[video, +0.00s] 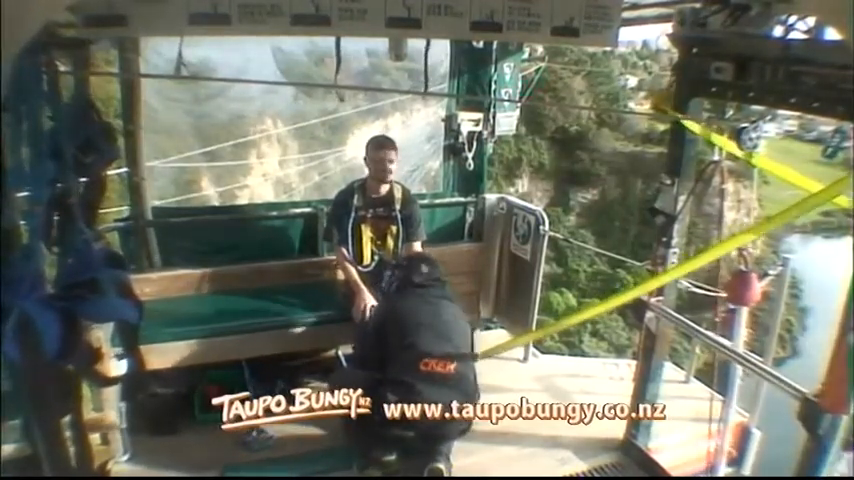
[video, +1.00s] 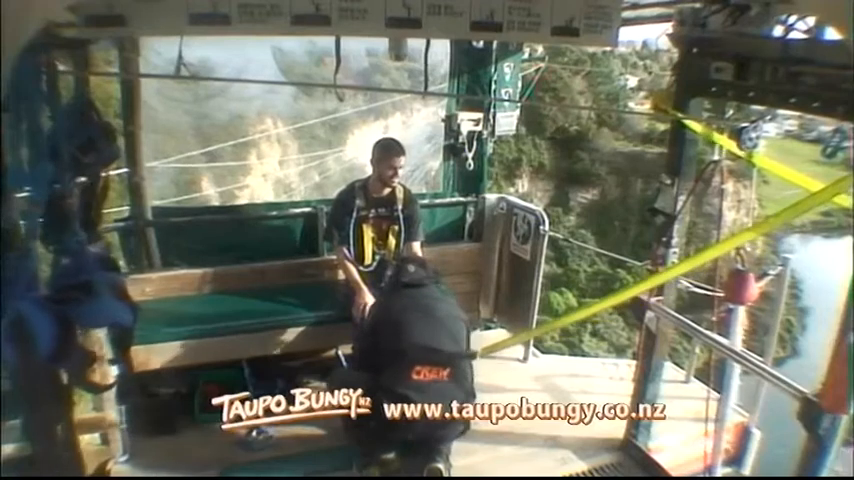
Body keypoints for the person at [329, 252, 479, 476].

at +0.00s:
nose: (389, 280)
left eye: (394, 275)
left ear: (400, 279)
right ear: (437, 280)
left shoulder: (390, 307)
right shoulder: (456, 312)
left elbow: (366, 362)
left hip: (402, 411)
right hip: (455, 415)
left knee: (341, 381)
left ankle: (377, 451)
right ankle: (441, 456)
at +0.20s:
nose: (389, 279)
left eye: (394, 274)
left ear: (400, 278)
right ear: (437, 278)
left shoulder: (390, 305)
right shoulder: (461, 313)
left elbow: (367, 362)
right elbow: (470, 375)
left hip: (400, 414)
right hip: (453, 417)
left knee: (341, 380)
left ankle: (377, 452)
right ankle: (440, 457)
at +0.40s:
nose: (386, 284)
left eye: (390, 278)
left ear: (396, 280)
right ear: (437, 281)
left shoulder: (388, 308)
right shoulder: (459, 313)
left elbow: (366, 362)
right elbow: (465, 369)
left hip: (396, 419)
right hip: (449, 422)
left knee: (343, 381)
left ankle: (379, 455)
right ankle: (439, 458)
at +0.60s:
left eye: (388, 281)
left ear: (393, 283)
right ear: (434, 283)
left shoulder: (387, 309)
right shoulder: (455, 314)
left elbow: (365, 364)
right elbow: (464, 363)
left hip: (396, 421)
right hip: (448, 423)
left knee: (340, 381)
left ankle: (380, 455)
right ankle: (438, 458)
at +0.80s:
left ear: (393, 286)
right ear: (432, 284)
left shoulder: (387, 310)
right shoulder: (453, 315)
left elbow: (364, 364)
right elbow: (463, 361)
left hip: (397, 423)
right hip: (447, 424)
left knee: (340, 381)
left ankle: (380, 455)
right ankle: (439, 458)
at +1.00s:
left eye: (390, 279)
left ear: (395, 280)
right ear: (430, 278)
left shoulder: (385, 306)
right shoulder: (453, 308)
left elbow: (364, 363)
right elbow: (466, 378)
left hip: (395, 417)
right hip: (449, 418)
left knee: (339, 381)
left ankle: (379, 453)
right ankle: (439, 456)